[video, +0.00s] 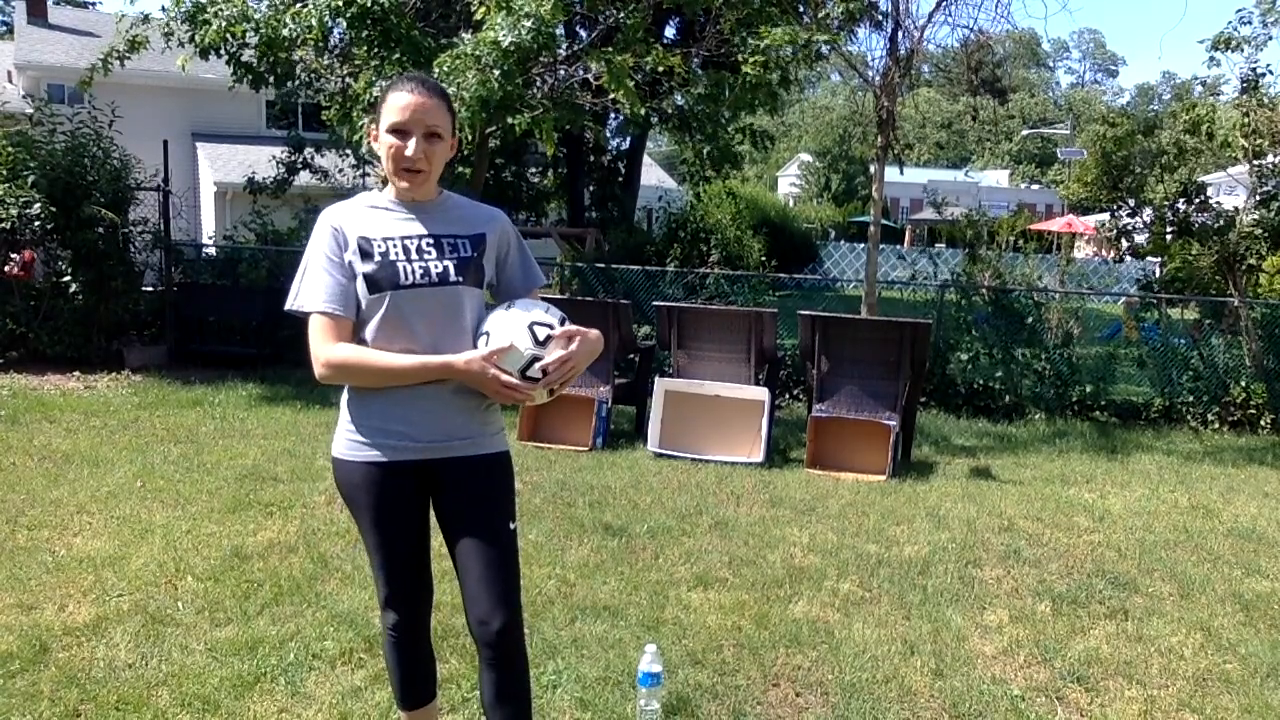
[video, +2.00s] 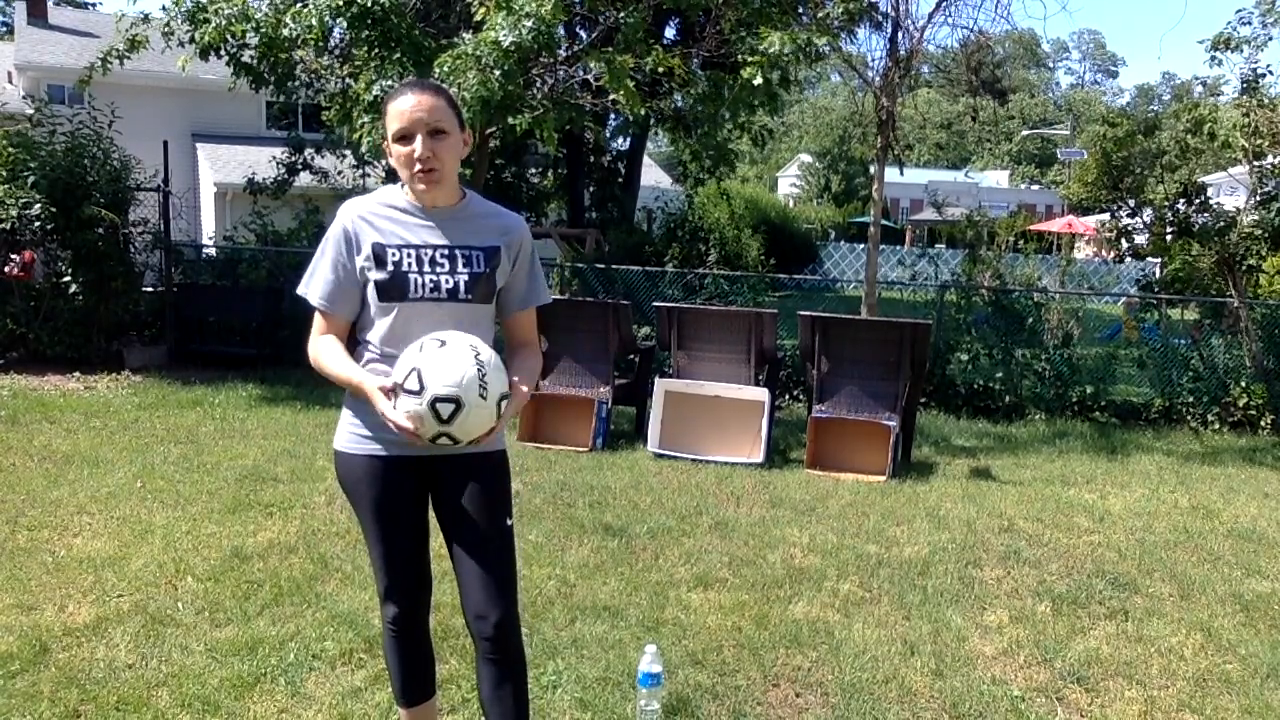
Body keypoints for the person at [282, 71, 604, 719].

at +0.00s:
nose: (413, 149)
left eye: (431, 136)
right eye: (399, 132)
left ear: (452, 145)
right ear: (374, 137)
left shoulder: (490, 226)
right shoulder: (341, 225)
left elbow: (536, 329)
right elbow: (327, 358)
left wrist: (588, 341)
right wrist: (453, 367)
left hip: (474, 453)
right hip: (377, 456)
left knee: (498, 625)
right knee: (404, 618)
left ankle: (509, 718)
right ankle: (420, 714)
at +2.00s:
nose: (422, 148)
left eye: (437, 133)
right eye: (405, 136)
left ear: (464, 141)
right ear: (388, 150)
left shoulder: (505, 230)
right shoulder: (357, 223)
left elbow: (524, 340)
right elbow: (322, 342)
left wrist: (519, 386)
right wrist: (366, 384)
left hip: (474, 448)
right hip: (378, 448)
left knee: (495, 621)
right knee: (403, 610)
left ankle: (510, 718)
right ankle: (419, 714)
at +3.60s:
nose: (445, 143)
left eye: (460, 128)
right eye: (428, 130)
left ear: (478, 140)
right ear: (402, 143)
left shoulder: (512, 228)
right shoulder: (366, 220)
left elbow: (504, 361)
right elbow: (341, 353)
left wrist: (410, 319)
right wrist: (304, 305)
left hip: (479, 442)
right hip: (384, 439)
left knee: (506, 626)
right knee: (406, 609)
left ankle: (510, 719)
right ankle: (419, 714)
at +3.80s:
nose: (443, 143)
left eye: (458, 128)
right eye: (425, 130)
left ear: (478, 142)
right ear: (401, 144)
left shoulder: (511, 230)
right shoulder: (365, 221)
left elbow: (502, 364)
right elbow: (342, 354)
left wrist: (410, 325)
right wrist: (297, 306)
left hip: (477, 442)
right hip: (383, 441)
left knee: (509, 626)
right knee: (406, 608)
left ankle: (511, 718)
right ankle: (419, 713)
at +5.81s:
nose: (402, 138)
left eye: (419, 126)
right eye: (386, 124)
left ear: (438, 142)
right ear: (361, 140)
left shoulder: (481, 221)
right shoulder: (334, 226)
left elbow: (534, 339)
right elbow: (308, 359)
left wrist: (514, 340)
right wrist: (366, 330)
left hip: (471, 437)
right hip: (376, 440)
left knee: (495, 619)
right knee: (402, 611)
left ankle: (506, 719)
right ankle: (419, 716)